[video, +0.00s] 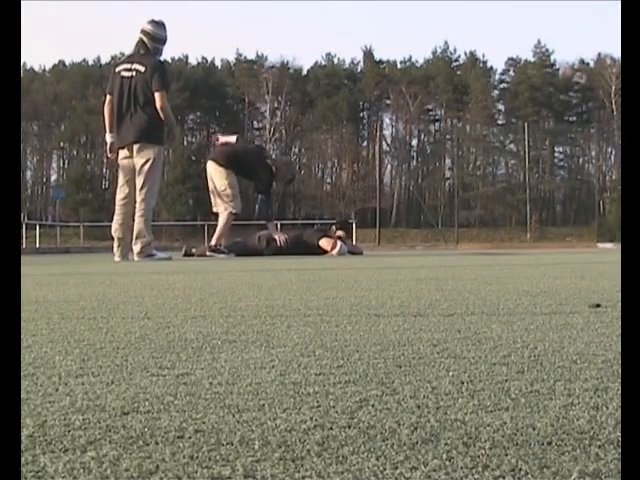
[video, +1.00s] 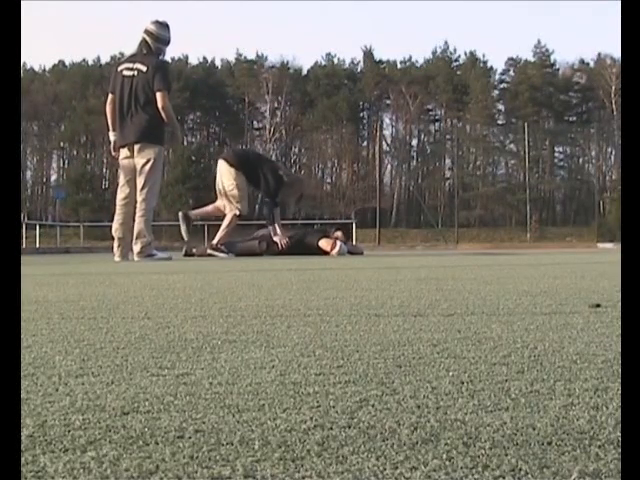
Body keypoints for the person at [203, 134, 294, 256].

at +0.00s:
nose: (282, 182)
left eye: (286, 180)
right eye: (285, 179)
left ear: (277, 163)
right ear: (280, 172)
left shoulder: (260, 152)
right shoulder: (266, 174)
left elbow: (238, 140)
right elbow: (264, 206)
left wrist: (222, 138)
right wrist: (274, 232)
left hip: (214, 160)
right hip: (223, 165)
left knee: (224, 208)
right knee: (231, 208)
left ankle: (222, 245)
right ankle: (214, 244)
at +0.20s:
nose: (283, 188)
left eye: (287, 185)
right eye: (286, 184)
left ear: (280, 168)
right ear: (282, 176)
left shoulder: (261, 153)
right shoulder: (267, 176)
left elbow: (236, 136)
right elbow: (264, 209)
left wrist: (233, 135)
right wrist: (275, 235)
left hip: (214, 158)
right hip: (224, 163)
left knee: (226, 200)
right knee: (235, 208)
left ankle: (205, 227)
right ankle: (216, 243)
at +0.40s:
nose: (284, 191)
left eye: (288, 189)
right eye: (287, 188)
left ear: (282, 172)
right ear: (284, 180)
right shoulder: (268, 177)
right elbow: (266, 208)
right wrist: (275, 235)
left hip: (215, 159)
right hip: (227, 165)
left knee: (214, 204)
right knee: (235, 209)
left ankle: (181, 216)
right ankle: (216, 244)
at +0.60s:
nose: (289, 194)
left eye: (292, 191)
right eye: (291, 190)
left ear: (284, 177)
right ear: (286, 182)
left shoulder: (269, 175)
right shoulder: (271, 180)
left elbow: (270, 202)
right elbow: (267, 209)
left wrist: (277, 219)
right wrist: (274, 235)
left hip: (218, 157)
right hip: (228, 163)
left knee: (207, 201)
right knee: (235, 210)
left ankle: (171, 214)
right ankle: (215, 245)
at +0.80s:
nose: (289, 195)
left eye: (292, 192)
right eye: (292, 192)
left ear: (286, 179)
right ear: (289, 184)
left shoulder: (271, 178)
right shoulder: (273, 181)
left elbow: (270, 208)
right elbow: (268, 209)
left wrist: (276, 232)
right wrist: (275, 235)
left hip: (221, 159)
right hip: (230, 164)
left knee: (215, 204)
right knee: (235, 209)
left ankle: (179, 214)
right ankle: (215, 245)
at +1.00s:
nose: (291, 197)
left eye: (295, 195)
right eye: (294, 194)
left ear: (290, 183)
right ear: (291, 186)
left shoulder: (273, 180)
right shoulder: (276, 181)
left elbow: (269, 210)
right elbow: (273, 209)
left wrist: (275, 234)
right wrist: (278, 234)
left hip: (226, 161)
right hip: (233, 165)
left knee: (224, 205)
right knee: (236, 209)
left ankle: (190, 216)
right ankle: (215, 244)